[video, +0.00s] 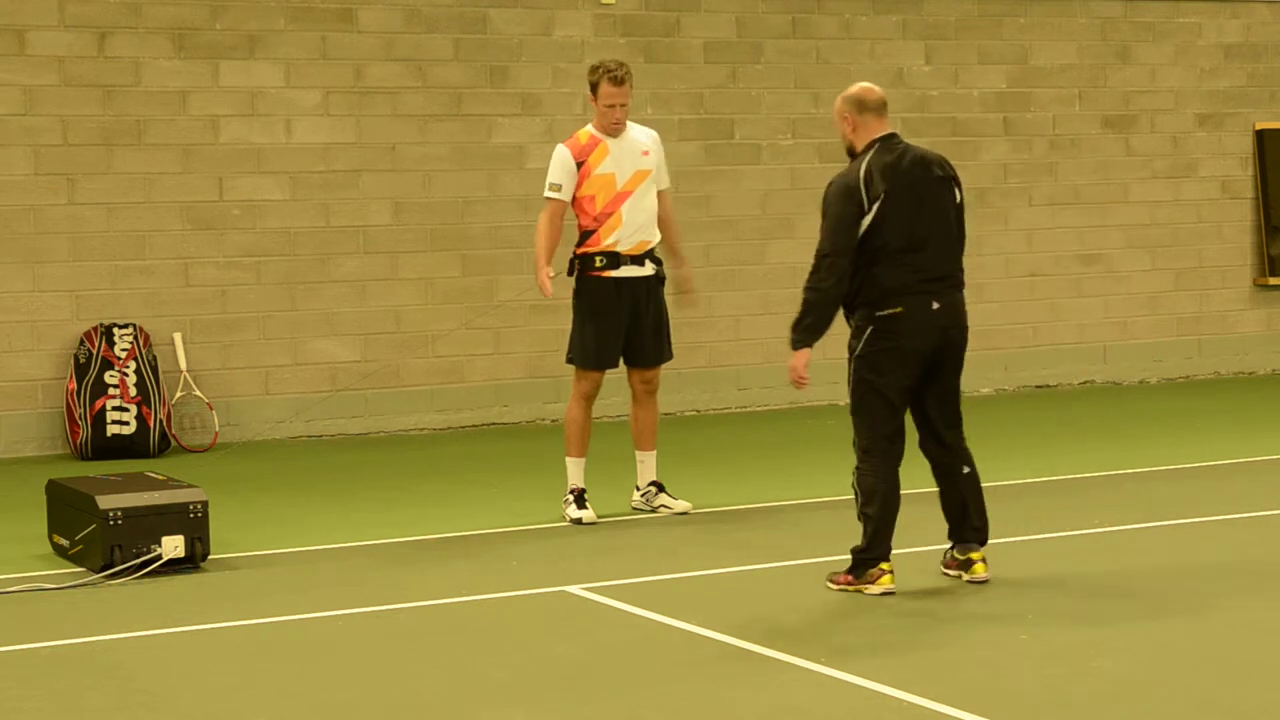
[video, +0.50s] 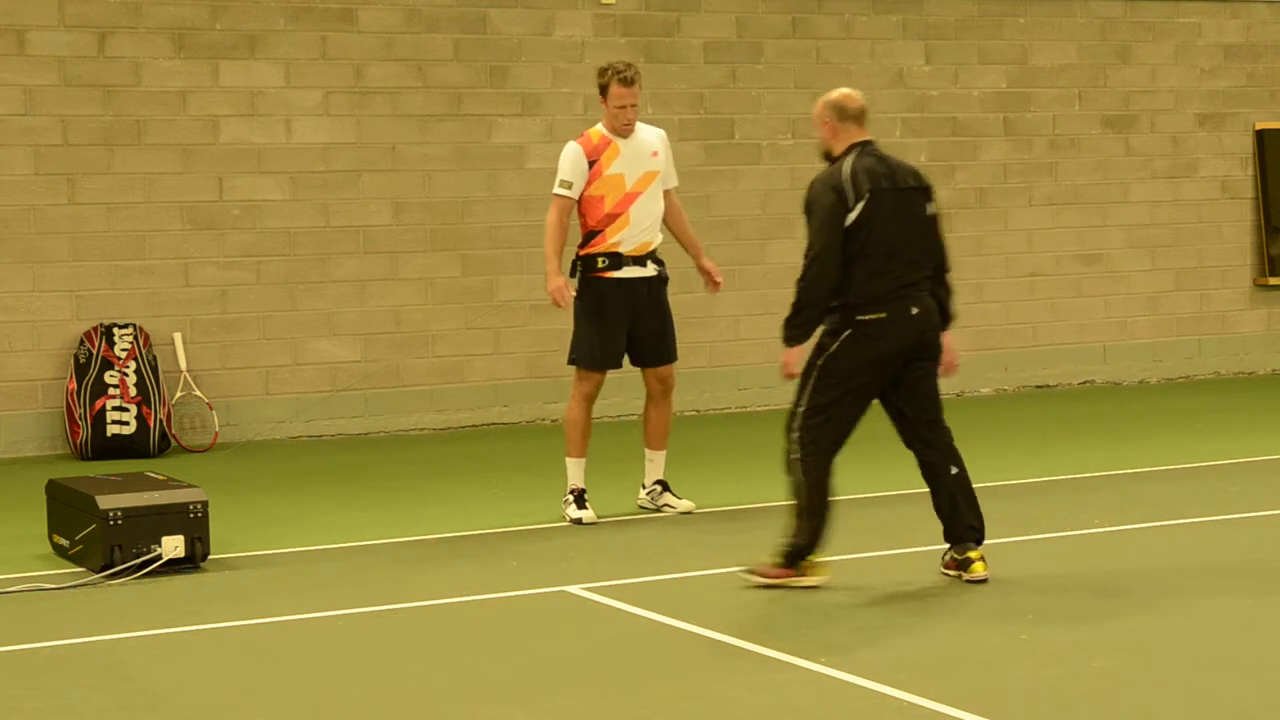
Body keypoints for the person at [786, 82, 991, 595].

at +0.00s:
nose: (838, 133)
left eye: (838, 124)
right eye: (838, 124)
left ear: (849, 121)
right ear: (886, 116)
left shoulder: (850, 184)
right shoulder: (939, 167)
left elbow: (832, 267)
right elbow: (953, 246)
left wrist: (803, 339)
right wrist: (931, 301)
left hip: (886, 329)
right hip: (947, 321)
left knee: (877, 449)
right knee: (946, 437)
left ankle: (872, 564)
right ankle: (970, 550)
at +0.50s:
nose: (815, 136)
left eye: (816, 127)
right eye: (816, 126)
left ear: (829, 126)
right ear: (861, 124)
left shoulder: (831, 183)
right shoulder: (909, 176)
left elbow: (823, 265)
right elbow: (935, 257)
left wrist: (796, 336)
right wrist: (940, 324)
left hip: (860, 330)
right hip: (917, 324)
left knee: (807, 432)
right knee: (931, 437)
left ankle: (799, 556)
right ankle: (967, 549)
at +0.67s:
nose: (764, 149)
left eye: (765, 139)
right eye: (764, 139)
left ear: (777, 139)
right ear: (807, 134)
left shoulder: (788, 199)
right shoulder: (851, 185)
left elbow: (790, 282)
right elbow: (878, 264)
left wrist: (771, 357)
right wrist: (870, 318)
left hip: (819, 345)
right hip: (870, 338)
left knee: (762, 440)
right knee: (901, 436)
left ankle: (755, 559)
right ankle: (960, 540)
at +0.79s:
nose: (712, 148)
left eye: (714, 139)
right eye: (712, 138)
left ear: (732, 138)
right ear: (755, 134)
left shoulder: (740, 200)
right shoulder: (798, 184)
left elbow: (748, 286)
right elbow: (828, 262)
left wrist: (753, 362)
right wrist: (809, 315)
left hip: (772, 340)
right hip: (819, 332)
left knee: (729, 448)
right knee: (831, 432)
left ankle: (753, 560)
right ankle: (913, 513)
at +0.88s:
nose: (681, 140)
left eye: (684, 131)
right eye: (681, 131)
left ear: (702, 133)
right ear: (724, 130)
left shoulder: (711, 194)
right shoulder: (767, 178)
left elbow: (719, 280)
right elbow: (794, 256)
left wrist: (725, 353)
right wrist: (778, 307)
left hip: (748, 335)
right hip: (788, 327)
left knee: (718, 446)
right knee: (770, 431)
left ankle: (752, 561)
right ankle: (858, 506)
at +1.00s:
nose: (633, 135)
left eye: (638, 125)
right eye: (634, 125)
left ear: (663, 127)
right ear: (673, 124)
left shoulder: (677, 186)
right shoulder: (713, 169)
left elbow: (677, 274)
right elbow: (747, 248)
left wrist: (672, 350)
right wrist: (721, 295)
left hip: (721, 324)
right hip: (734, 317)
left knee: (716, 436)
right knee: (689, 430)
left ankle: (751, 558)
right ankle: (749, 532)